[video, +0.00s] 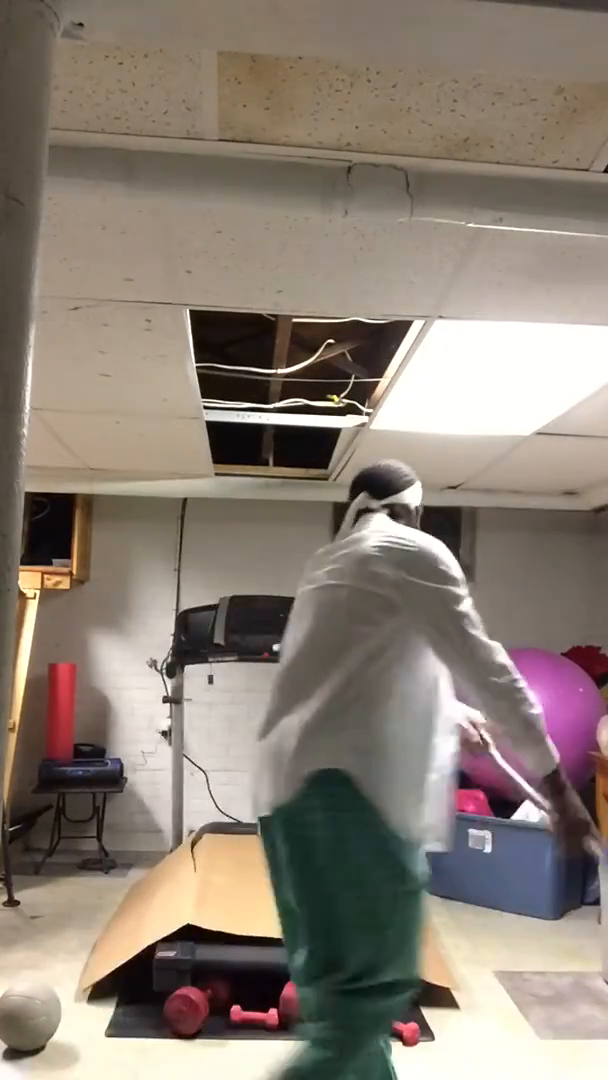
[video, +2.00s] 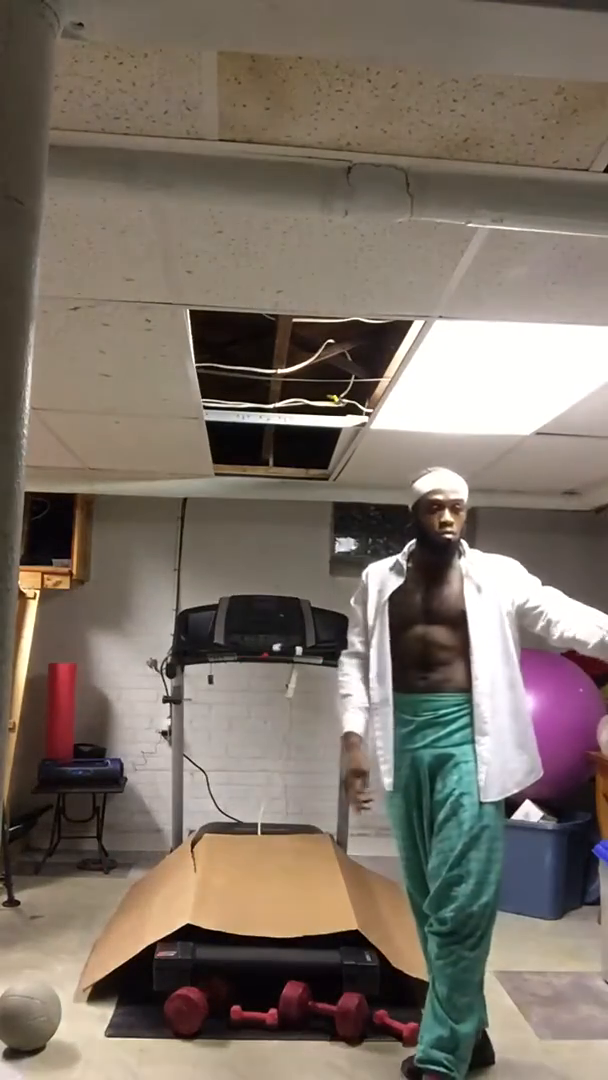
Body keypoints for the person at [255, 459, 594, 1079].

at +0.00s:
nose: (421, 521)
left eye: (419, 513)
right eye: (419, 512)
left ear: (355, 509)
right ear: (410, 509)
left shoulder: (327, 562)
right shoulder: (412, 551)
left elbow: (362, 675)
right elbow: (490, 673)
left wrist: (453, 717)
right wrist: (559, 792)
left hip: (287, 786)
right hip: (348, 781)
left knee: (332, 983)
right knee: (374, 987)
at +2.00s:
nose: (445, 515)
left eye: (454, 507)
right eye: (434, 506)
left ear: (468, 514)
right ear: (413, 514)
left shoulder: (498, 573)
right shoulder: (377, 578)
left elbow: (565, 620)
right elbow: (353, 661)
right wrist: (352, 739)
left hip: (468, 730)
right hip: (398, 734)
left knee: (458, 899)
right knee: (426, 897)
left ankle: (438, 1056)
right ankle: (468, 1030)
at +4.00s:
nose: (194, 599)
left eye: (203, 579)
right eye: (192, 583)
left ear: (252, 570)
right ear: (248, 574)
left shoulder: (367, 592)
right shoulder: (241, 663)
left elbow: (356, 731)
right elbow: (220, 790)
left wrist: (250, 844)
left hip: (417, 844)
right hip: (325, 857)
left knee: (401, 1058)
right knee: (313, 1059)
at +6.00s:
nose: (147, 482)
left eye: (149, 467)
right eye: (135, 465)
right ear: (78, 466)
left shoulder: (134, 535)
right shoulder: (20, 538)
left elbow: (199, 587)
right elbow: (11, 686)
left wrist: (242, 638)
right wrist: (98, 663)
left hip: (46, 757)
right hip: (14, 760)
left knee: (75, 979)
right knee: (69, 981)